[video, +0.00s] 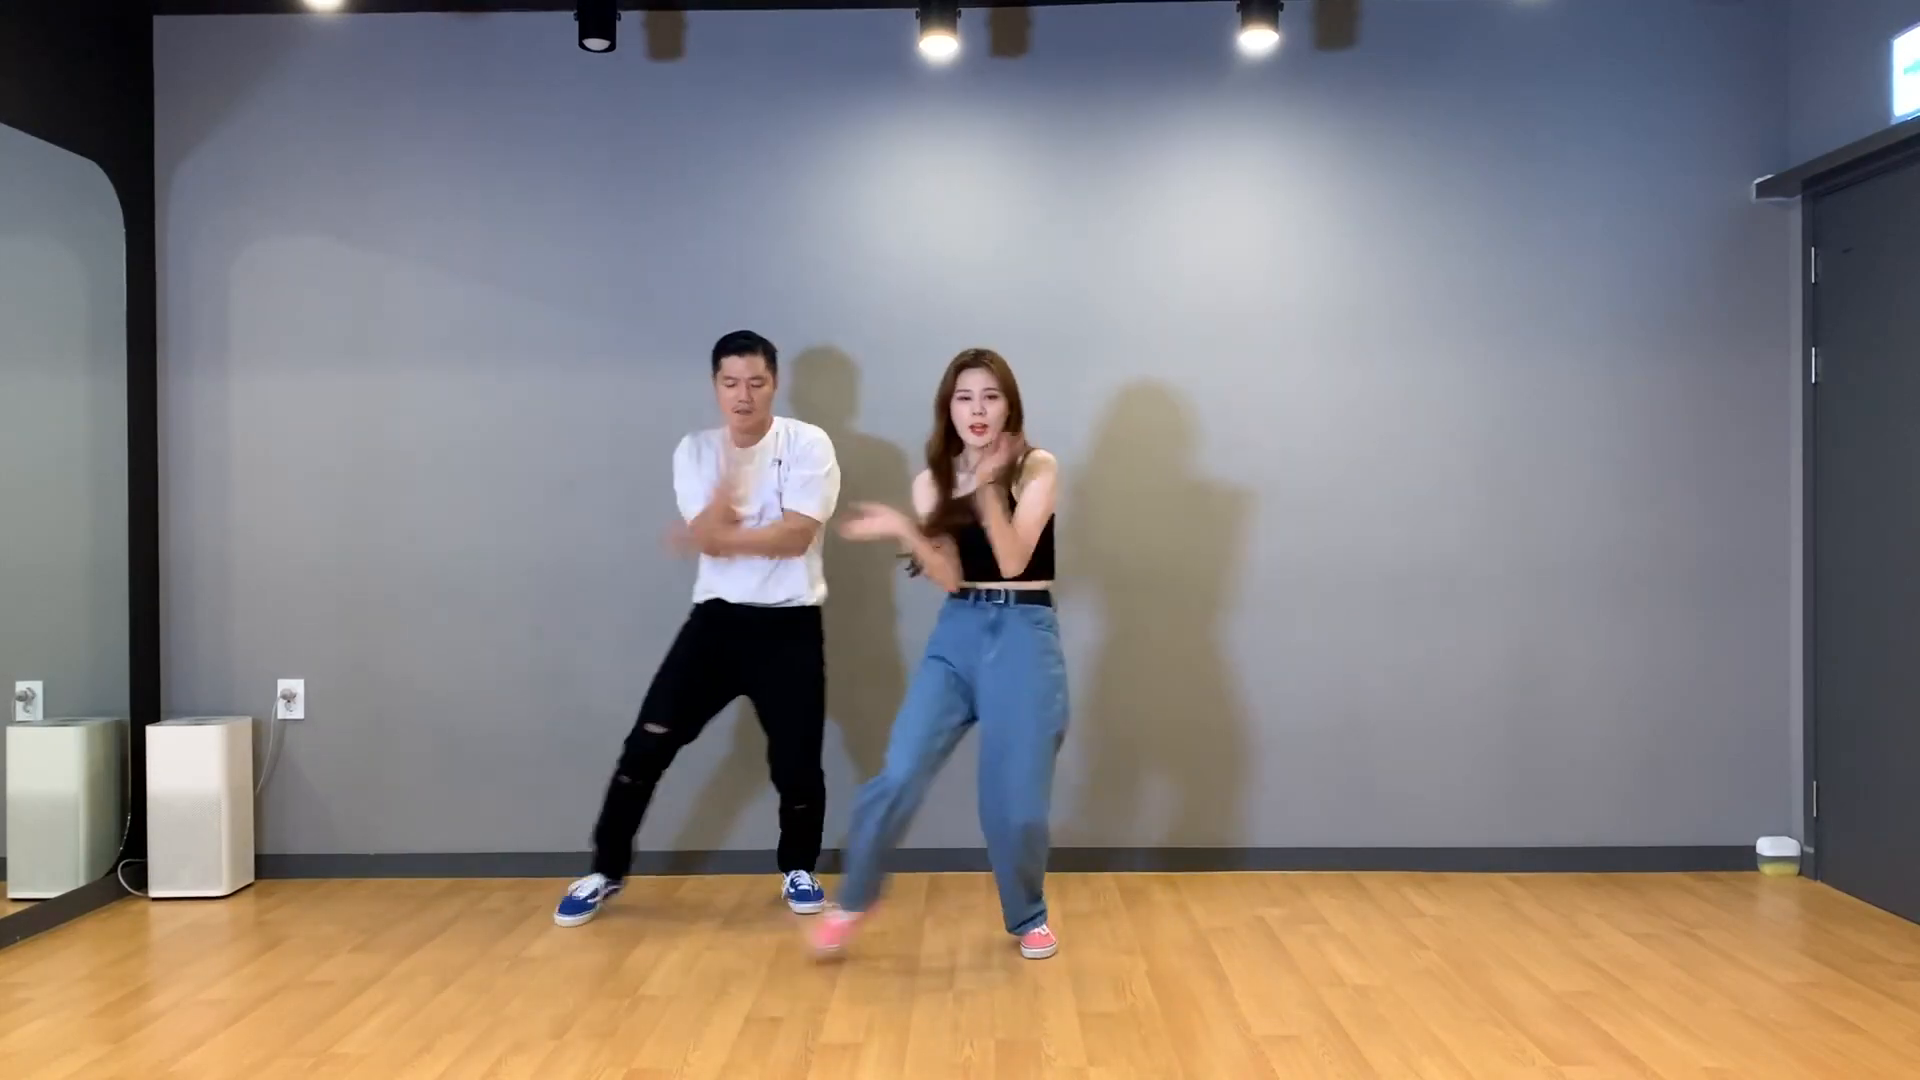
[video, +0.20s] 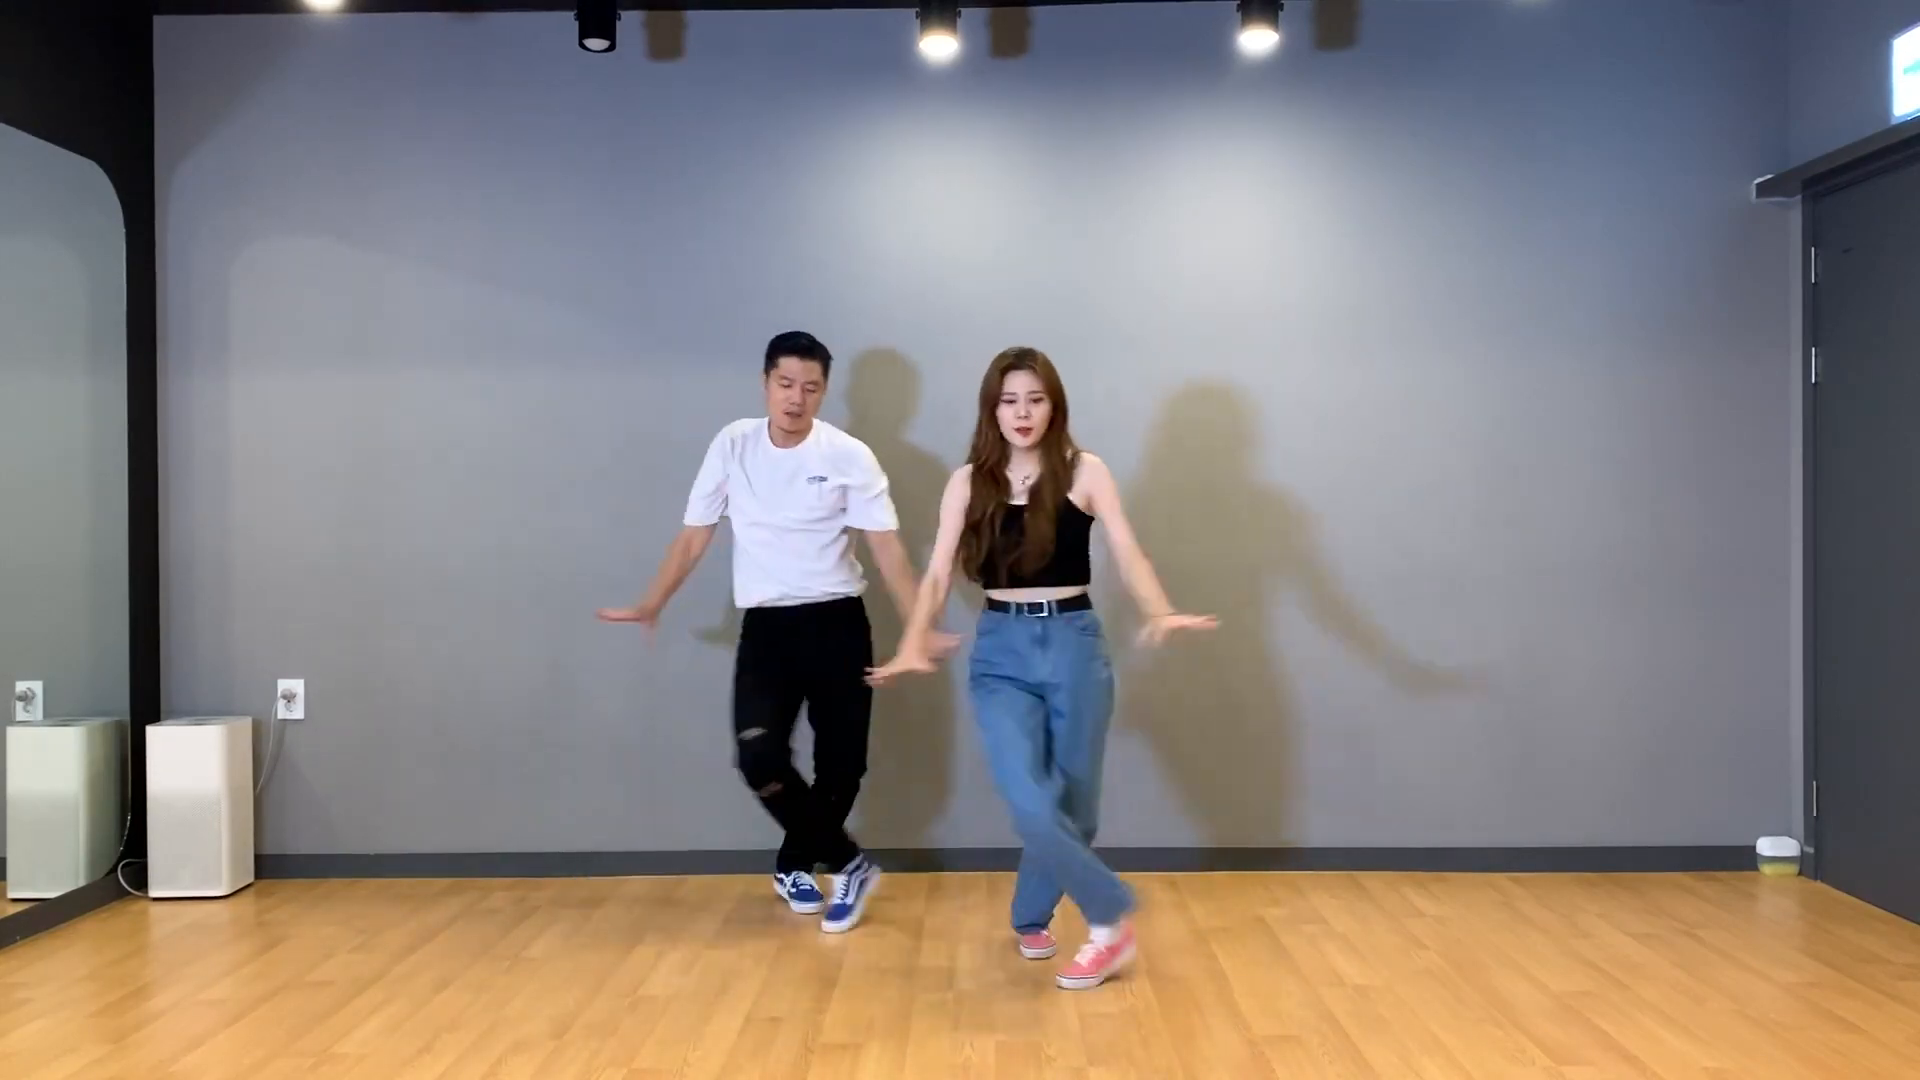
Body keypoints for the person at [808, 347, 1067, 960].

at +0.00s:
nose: (976, 409)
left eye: (989, 397)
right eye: (963, 398)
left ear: (1010, 405)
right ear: (947, 408)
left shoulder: (1037, 469)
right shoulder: (932, 482)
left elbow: (1014, 559)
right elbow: (950, 577)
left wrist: (988, 483)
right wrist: (903, 529)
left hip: (1024, 639)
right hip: (956, 636)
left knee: (1018, 801)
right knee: (899, 775)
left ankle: (1028, 915)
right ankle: (852, 901)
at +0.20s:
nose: (1022, 413)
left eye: (1034, 400)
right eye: (1009, 401)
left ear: (1055, 406)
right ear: (991, 409)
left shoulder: (1085, 471)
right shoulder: (966, 483)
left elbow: (1127, 552)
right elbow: (938, 574)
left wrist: (1159, 610)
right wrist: (912, 647)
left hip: (1073, 644)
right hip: (998, 647)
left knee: (1072, 796)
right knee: (1025, 795)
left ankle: (1030, 918)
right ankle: (1113, 920)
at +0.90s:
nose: (1179, 371)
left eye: (1188, 355)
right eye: (1163, 363)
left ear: (1210, 357)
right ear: (1148, 375)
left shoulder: (1244, 418)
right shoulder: (1140, 432)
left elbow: (1316, 495)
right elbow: (1116, 495)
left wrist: (1243, 548)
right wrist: (1116, 557)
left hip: (1223, 621)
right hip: (1150, 622)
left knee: (1288, 780)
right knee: (1131, 789)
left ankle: (1355, 927)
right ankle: (1126, 935)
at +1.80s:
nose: (1189, 390)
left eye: (1201, 377)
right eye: (1175, 381)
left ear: (1223, 385)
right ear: (1159, 394)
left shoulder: (1256, 446)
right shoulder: (1147, 447)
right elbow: (1054, 437)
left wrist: (1293, 456)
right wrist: (1094, 476)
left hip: (1265, 644)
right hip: (1190, 645)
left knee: (1316, 800)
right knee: (1138, 782)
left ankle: (1383, 934)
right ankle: (1125, 934)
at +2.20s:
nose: (1221, 402)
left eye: (1233, 390)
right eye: (1207, 391)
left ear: (1252, 396)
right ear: (1190, 399)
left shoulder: (1259, 458)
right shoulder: (1173, 453)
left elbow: (1289, 533)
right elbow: (1145, 550)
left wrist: (1313, 600)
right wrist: (1185, 638)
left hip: (1277, 637)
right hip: (1209, 643)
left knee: (1335, 802)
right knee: (1185, 815)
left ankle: (1338, 936)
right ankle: (1068, 917)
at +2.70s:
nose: (1208, 400)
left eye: (1221, 388)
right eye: (1194, 389)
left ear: (1239, 394)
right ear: (1175, 397)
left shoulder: (1261, 467)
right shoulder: (1144, 457)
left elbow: (1343, 544)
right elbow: (1110, 533)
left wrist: (1289, 607)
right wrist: (1130, 622)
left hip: (1252, 635)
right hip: (1174, 642)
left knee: (1330, 779)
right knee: (1127, 796)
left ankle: (1381, 917)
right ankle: (1115, 927)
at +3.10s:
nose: (1247, 408)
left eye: (1258, 396)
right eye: (1232, 397)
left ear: (1276, 403)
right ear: (1210, 405)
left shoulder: (1303, 468)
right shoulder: (1189, 473)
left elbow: (1341, 541)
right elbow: (1129, 563)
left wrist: (1383, 607)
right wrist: (1053, 629)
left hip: (1257, 641)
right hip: (1178, 630)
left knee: (1311, 791)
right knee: (1108, 761)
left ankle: (1335, 930)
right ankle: (1099, 914)